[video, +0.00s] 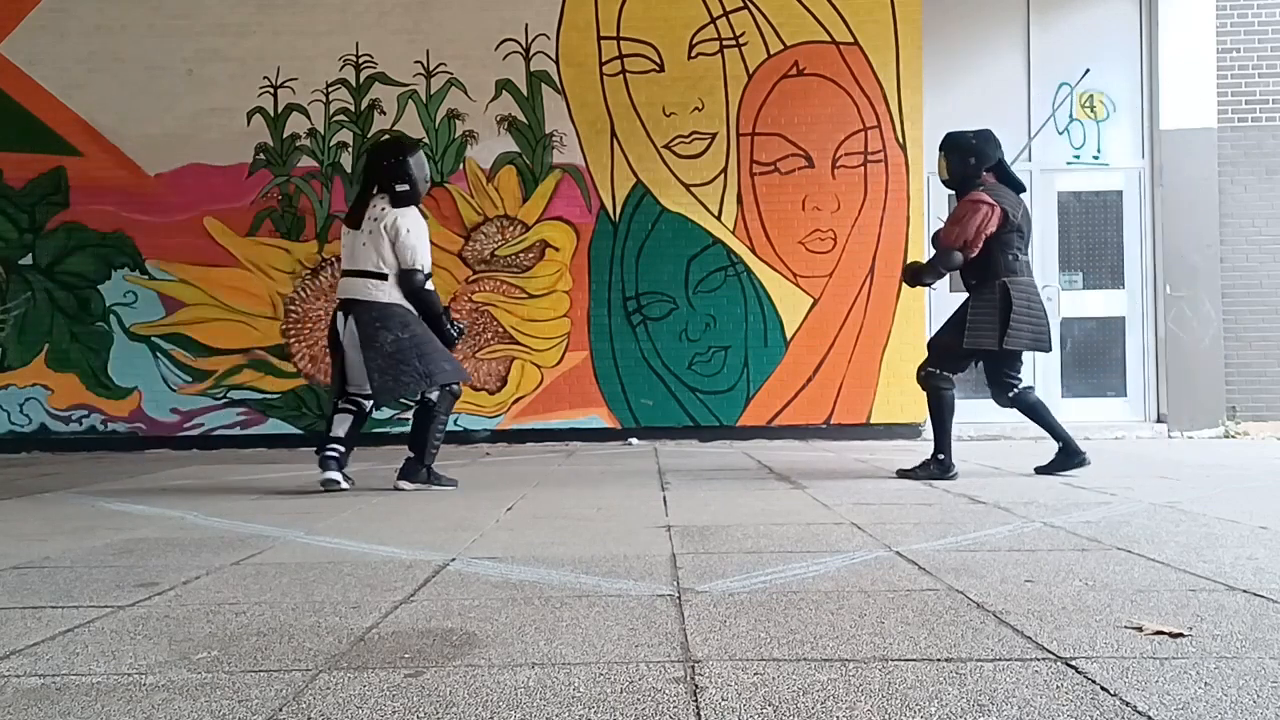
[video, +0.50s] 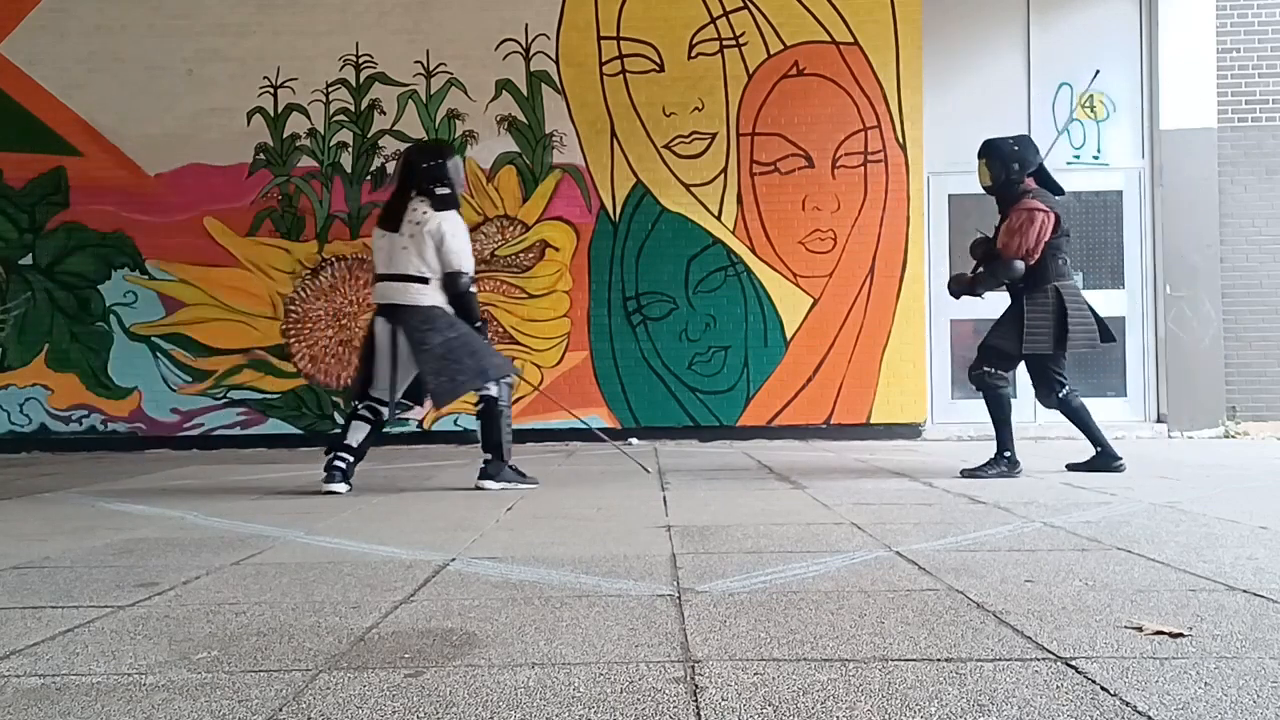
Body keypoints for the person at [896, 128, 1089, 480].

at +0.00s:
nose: (944, 169)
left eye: (950, 161)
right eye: (944, 161)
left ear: (973, 164)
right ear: (986, 165)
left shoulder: (979, 201)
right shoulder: (1008, 198)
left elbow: (949, 255)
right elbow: (977, 253)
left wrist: (922, 274)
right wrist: (933, 269)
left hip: (993, 301)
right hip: (1017, 300)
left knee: (935, 368)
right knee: (1007, 387)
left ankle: (941, 460)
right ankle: (1070, 449)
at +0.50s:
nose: (985, 178)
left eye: (990, 169)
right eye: (984, 170)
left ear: (1013, 169)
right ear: (1021, 170)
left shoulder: (1028, 208)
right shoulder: (1032, 202)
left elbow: (1010, 268)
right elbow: (1023, 257)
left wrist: (970, 283)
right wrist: (989, 251)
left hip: (1037, 303)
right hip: (1048, 301)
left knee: (988, 370)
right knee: (1052, 388)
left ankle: (1006, 458)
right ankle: (1106, 452)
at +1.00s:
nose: (992, 172)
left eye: (998, 164)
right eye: (992, 165)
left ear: (1022, 165)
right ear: (1026, 167)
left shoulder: (1034, 203)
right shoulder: (1034, 200)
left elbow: (1015, 260)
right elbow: (1026, 256)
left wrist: (975, 280)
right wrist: (994, 250)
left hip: (1048, 300)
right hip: (1056, 299)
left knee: (994, 367)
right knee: (1044, 385)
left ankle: (1004, 456)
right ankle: (1102, 447)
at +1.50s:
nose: (1017, 170)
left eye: (1027, 164)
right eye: (1018, 162)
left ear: (1052, 174)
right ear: (1019, 164)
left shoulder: (1061, 221)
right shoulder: (1014, 211)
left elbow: (1027, 280)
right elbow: (988, 269)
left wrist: (983, 306)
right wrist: (943, 294)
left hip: (1044, 309)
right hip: (1011, 306)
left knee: (984, 371)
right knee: (1017, 395)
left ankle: (981, 462)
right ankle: (1066, 428)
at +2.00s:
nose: (1117, 106)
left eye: (1124, 99)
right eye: (1120, 98)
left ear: (1146, 109)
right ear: (1160, 110)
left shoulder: (1160, 155)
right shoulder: (1166, 150)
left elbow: (1094, 179)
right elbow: (1096, 172)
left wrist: (1035, 152)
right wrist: (1054, 146)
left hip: (1150, 272)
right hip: (1152, 270)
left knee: (1107, 356)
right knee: (1109, 357)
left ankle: (1149, 456)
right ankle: (1152, 448)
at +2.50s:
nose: (1235, 66)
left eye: (1242, 55)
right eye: (1237, 55)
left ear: (1265, 61)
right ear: (1263, 62)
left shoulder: (1275, 124)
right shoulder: (1267, 123)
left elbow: (1264, 185)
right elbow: (1257, 183)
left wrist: (1216, 176)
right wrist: (1216, 176)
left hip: (1274, 262)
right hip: (1268, 260)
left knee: (1256, 369)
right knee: (1254, 369)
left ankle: (1279, 477)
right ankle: (1278, 476)